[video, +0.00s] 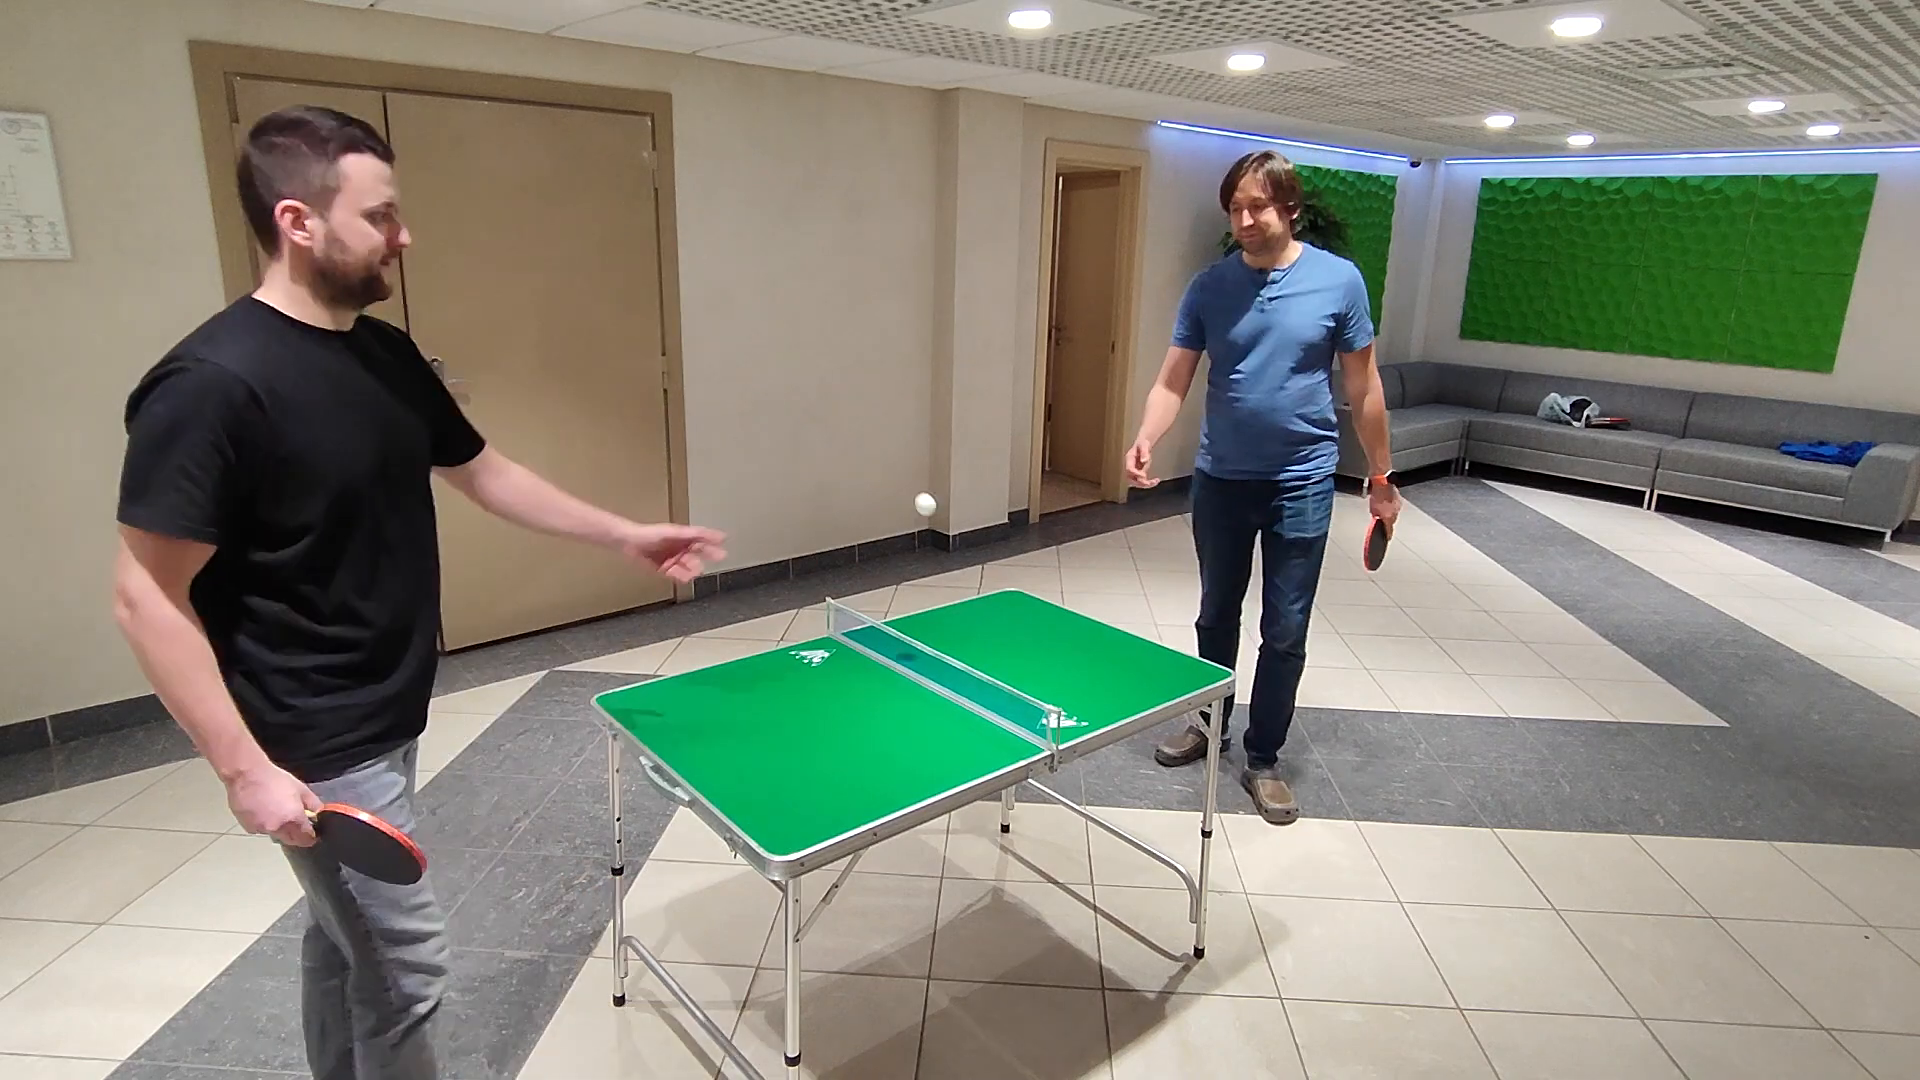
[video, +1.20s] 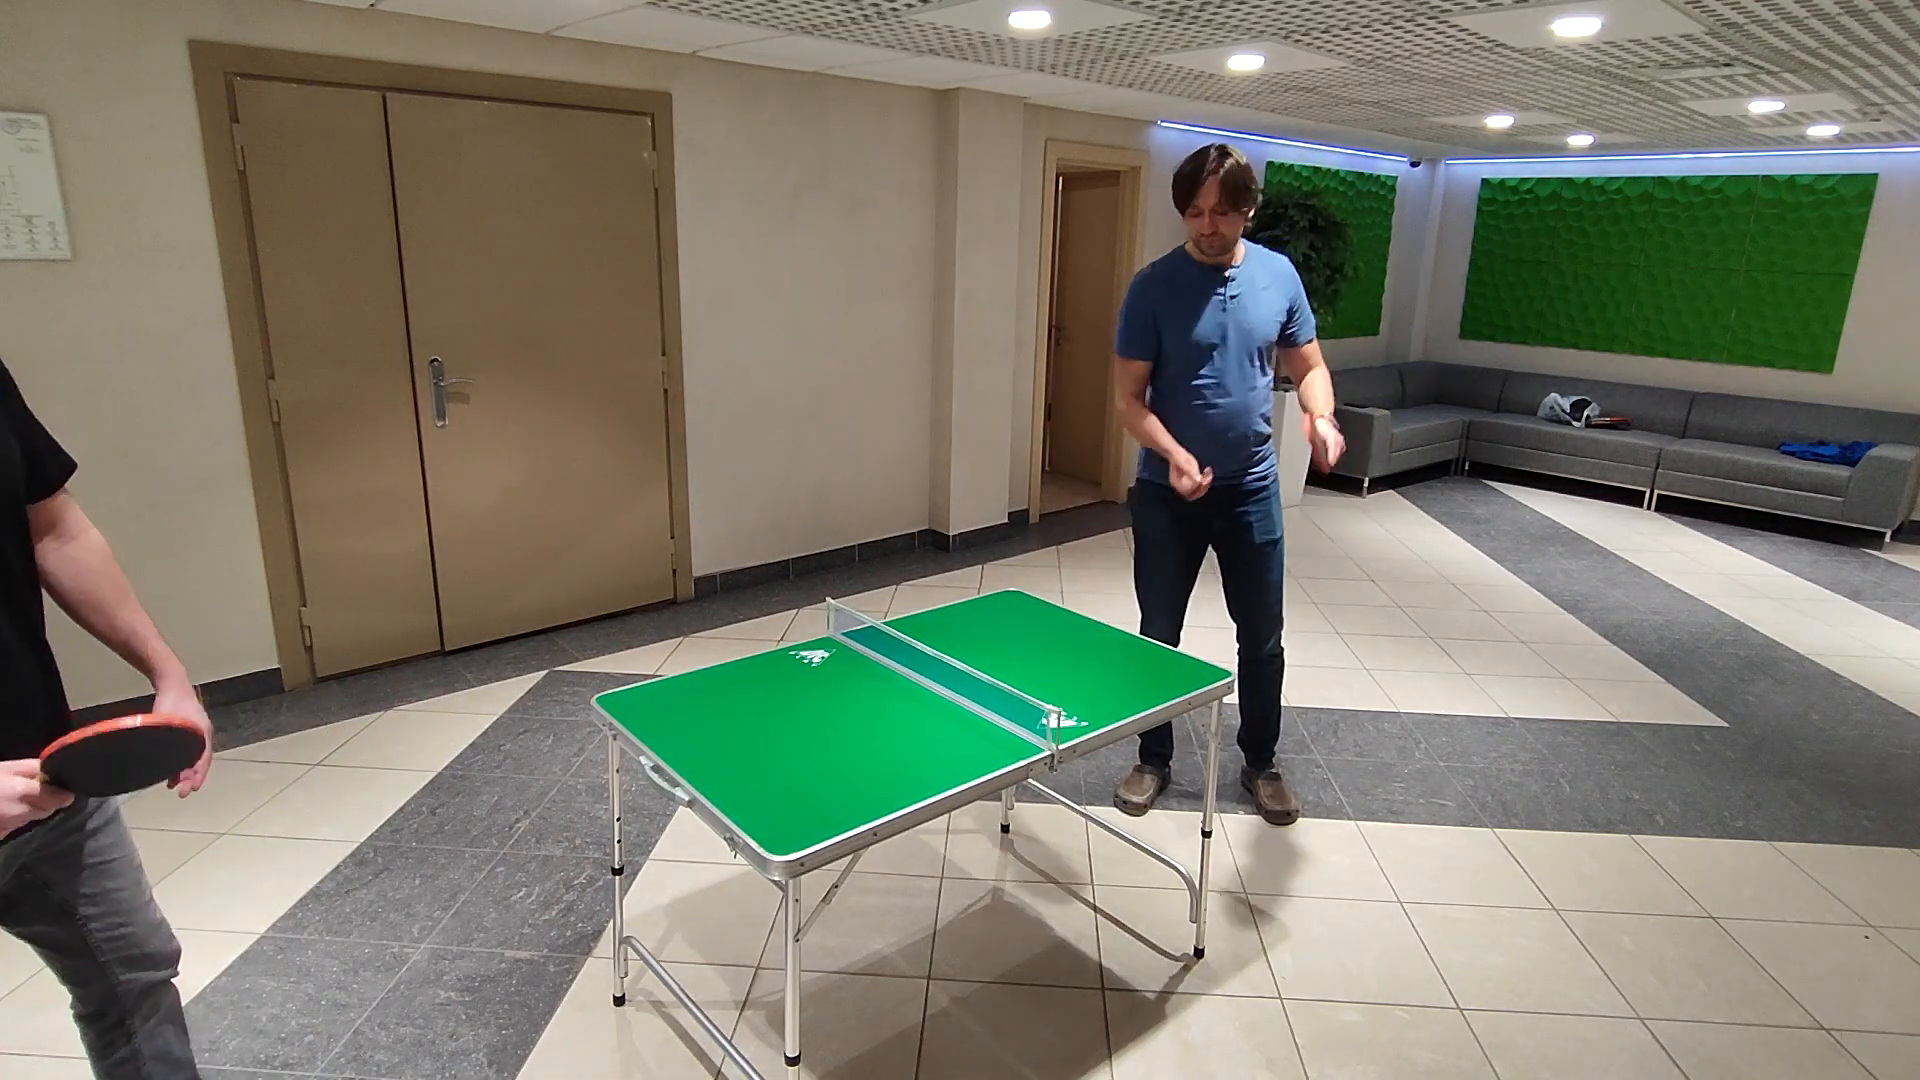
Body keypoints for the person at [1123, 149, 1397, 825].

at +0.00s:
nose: (1244, 220)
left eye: (1257, 208)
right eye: (1236, 209)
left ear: (1289, 210)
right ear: (1229, 215)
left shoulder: (1340, 280)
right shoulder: (1212, 284)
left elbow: (1364, 390)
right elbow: (1174, 378)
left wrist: (1381, 480)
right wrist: (1144, 438)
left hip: (1302, 477)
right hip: (1221, 475)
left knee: (1286, 629)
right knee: (1216, 615)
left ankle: (1264, 762)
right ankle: (1209, 723)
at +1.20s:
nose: (1209, 226)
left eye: (1223, 212)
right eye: (1196, 211)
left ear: (1246, 212)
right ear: (1179, 209)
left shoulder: (1278, 276)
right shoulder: (1151, 289)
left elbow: (1311, 369)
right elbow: (1127, 399)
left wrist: (1319, 415)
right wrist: (1171, 450)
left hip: (1250, 485)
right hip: (1168, 487)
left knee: (1263, 635)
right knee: (1158, 633)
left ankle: (1262, 764)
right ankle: (1152, 761)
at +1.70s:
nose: (1250, 219)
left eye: (1258, 205)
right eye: (1238, 206)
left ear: (1264, 207)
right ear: (1199, 206)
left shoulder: (1277, 289)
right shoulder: (1147, 282)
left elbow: (1286, 396)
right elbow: (1110, 383)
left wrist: (1304, 452)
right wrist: (1147, 420)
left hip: (1235, 487)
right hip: (1154, 486)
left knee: (1253, 642)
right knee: (1148, 634)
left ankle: (1253, 766)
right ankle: (1149, 763)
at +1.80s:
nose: (1245, 220)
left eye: (1254, 206)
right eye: (1232, 207)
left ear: (1264, 207)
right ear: (1201, 208)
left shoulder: (1285, 291)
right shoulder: (1153, 279)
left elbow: (1275, 407)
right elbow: (1115, 377)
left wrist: (1235, 485)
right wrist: (1140, 424)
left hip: (1240, 485)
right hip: (1157, 483)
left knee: (1256, 640)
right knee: (1149, 628)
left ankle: (1253, 766)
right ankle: (1150, 761)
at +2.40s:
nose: (1252, 225)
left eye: (1267, 213)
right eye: (1247, 212)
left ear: (1304, 217)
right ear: (1243, 216)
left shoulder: (1346, 293)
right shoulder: (1233, 280)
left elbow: (1362, 415)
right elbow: (1214, 379)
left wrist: (1274, 483)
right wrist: (1176, 424)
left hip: (1303, 495)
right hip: (1226, 483)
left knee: (1305, 648)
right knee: (1187, 628)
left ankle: (1298, 775)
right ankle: (1153, 755)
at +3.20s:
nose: (1188, 260)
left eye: (1196, 247)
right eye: (1185, 248)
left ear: (1235, 241)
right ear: (1214, 244)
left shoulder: (1281, 308)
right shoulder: (1220, 289)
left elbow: (1272, 430)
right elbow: (1216, 369)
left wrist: (1187, 484)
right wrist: (1154, 415)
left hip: (1281, 484)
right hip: (1225, 477)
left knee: (1282, 626)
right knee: (1207, 597)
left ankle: (1298, 770)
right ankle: (1209, 710)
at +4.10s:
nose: (1213, 232)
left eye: (1227, 222)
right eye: (1208, 221)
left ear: (1261, 229)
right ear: (1204, 226)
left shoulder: (1300, 295)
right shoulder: (1215, 283)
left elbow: (1333, 415)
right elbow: (1217, 371)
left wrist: (1273, 502)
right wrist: (1171, 432)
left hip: (1269, 492)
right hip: (1209, 477)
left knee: (1278, 636)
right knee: (1192, 601)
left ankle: (1297, 772)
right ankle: (1206, 711)